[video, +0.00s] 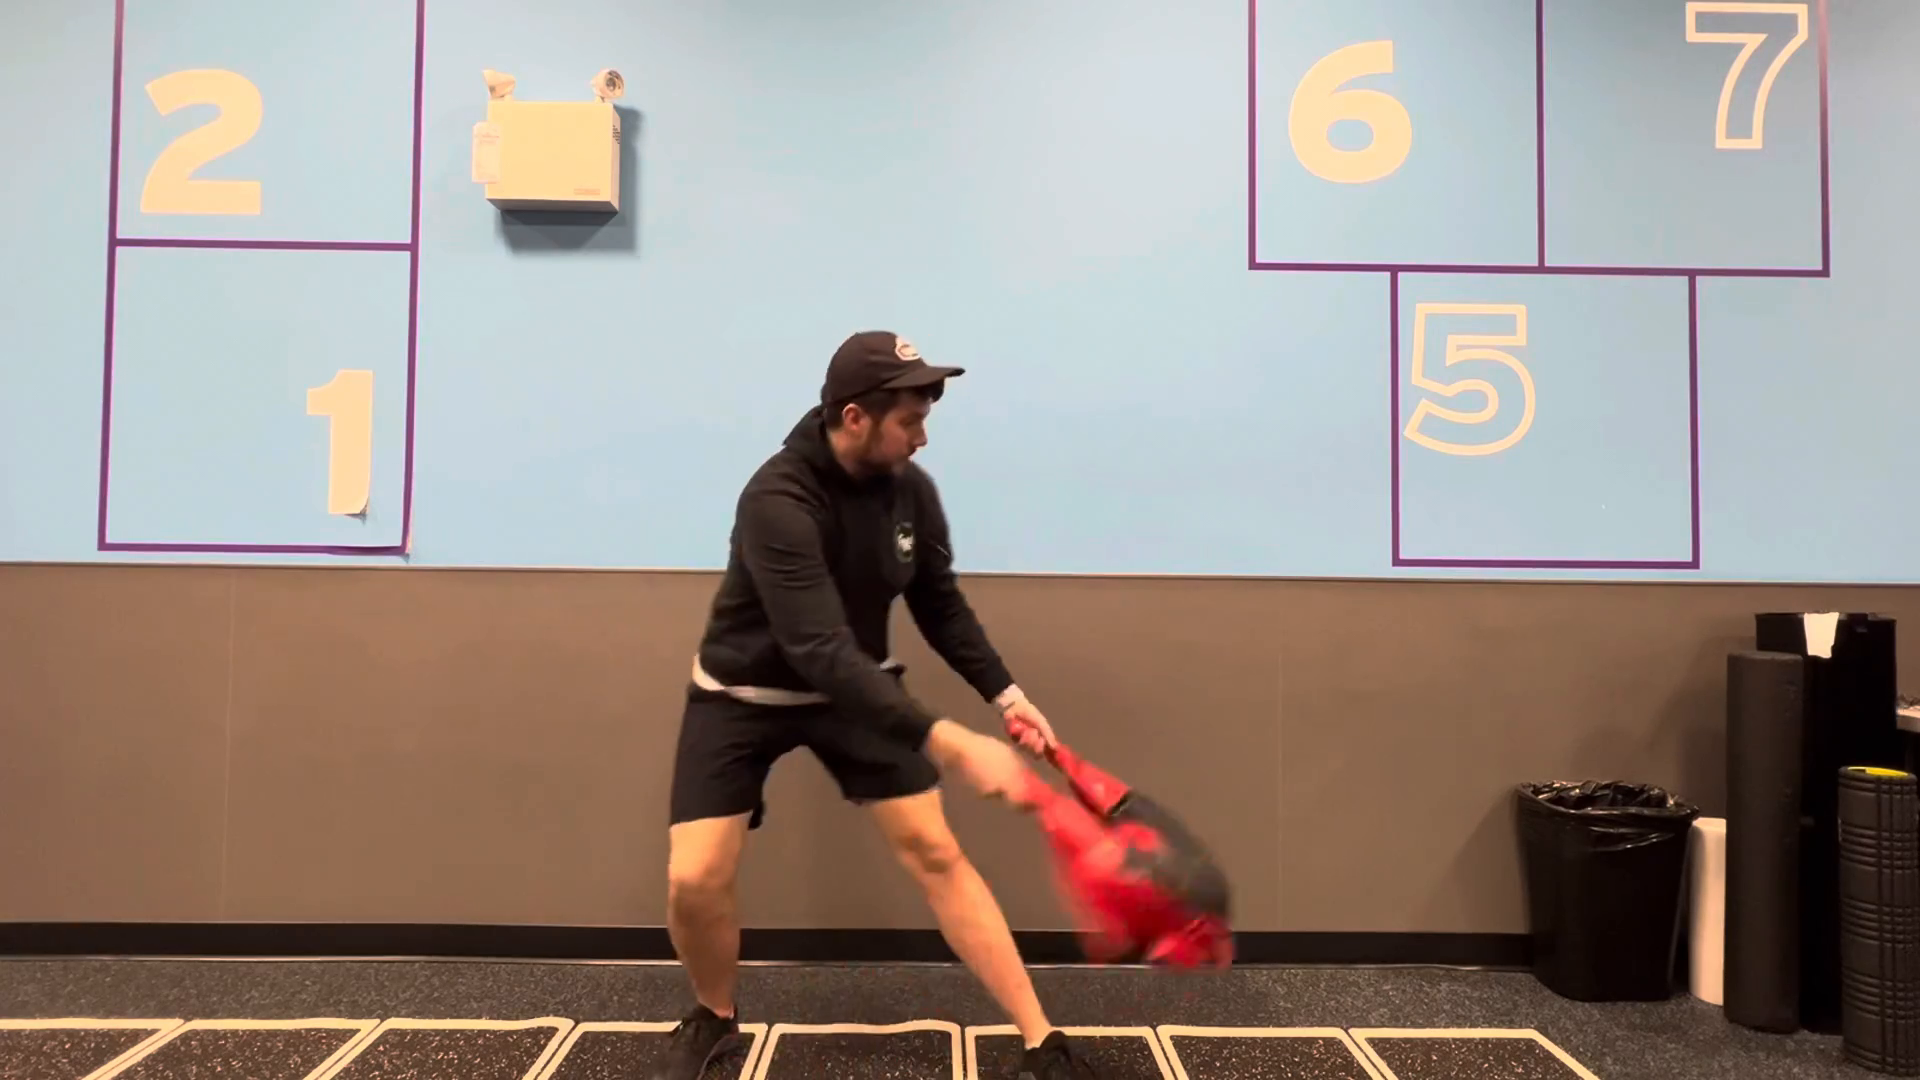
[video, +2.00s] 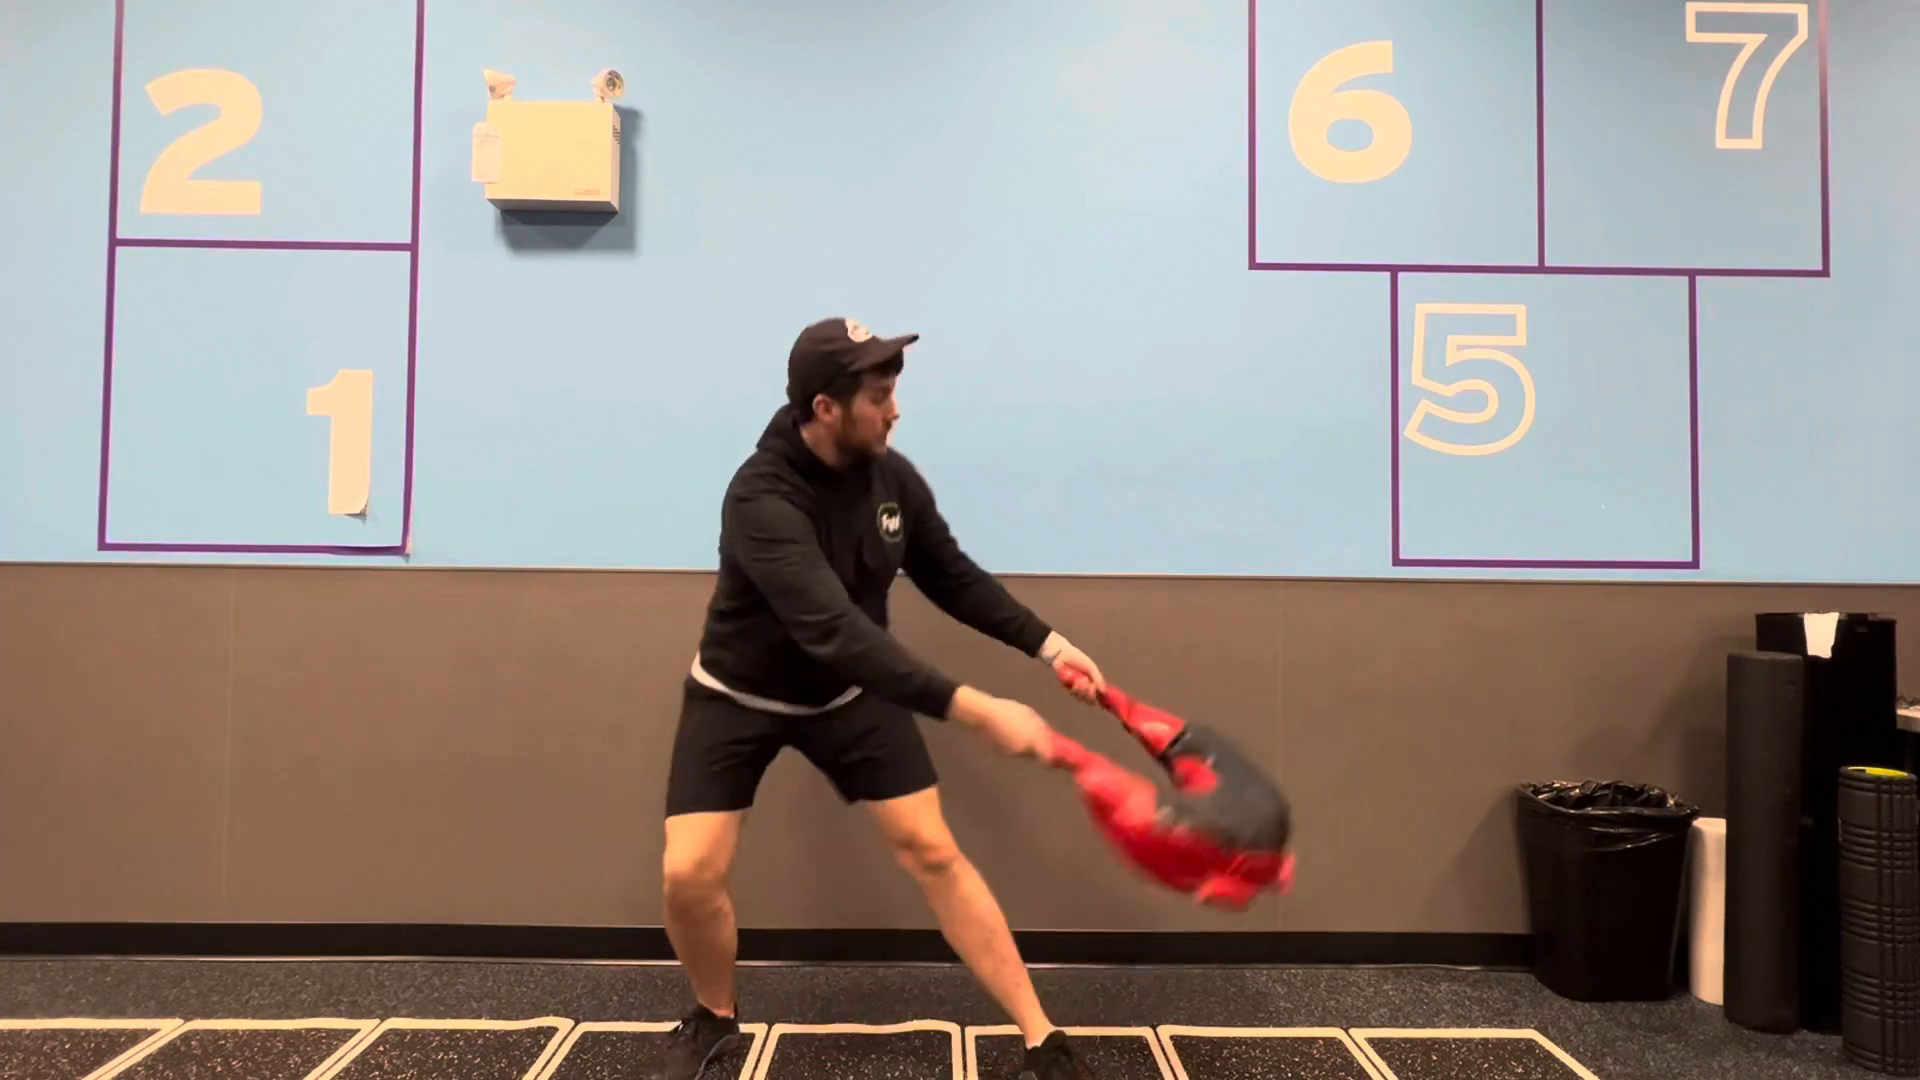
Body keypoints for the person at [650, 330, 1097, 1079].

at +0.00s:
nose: (922, 433)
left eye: (924, 417)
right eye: (910, 418)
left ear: (867, 417)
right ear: (853, 417)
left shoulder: (910, 493)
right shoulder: (778, 500)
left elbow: (940, 605)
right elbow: (822, 651)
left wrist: (1008, 697)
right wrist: (951, 741)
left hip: (853, 687)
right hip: (738, 696)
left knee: (936, 851)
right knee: (694, 879)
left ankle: (1041, 1040)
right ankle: (715, 1018)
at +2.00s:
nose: (894, 407)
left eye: (892, 390)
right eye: (877, 395)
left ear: (851, 403)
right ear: (823, 408)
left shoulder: (891, 480)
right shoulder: (763, 500)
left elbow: (952, 577)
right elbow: (838, 633)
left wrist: (1050, 647)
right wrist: (978, 709)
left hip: (853, 691)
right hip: (736, 696)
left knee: (933, 852)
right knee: (687, 877)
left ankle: (1041, 1038)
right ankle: (714, 1019)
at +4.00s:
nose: (889, 450)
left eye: (887, 433)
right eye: (872, 436)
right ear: (818, 447)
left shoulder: (880, 518)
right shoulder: (760, 538)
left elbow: (946, 610)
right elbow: (867, 654)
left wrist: (1054, 671)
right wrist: (1011, 706)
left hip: (827, 706)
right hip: (712, 711)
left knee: (914, 860)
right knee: (675, 886)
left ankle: (1042, 1039)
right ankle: (713, 1017)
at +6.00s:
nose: (870, 492)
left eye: (867, 474)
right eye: (854, 477)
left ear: (809, 491)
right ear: (802, 491)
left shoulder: (854, 563)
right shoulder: (733, 583)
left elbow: (905, 664)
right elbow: (842, 690)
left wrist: (1017, 732)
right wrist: (1003, 736)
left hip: (798, 730)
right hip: (681, 740)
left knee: (896, 875)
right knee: (664, 915)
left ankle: (1040, 1041)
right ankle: (712, 1017)